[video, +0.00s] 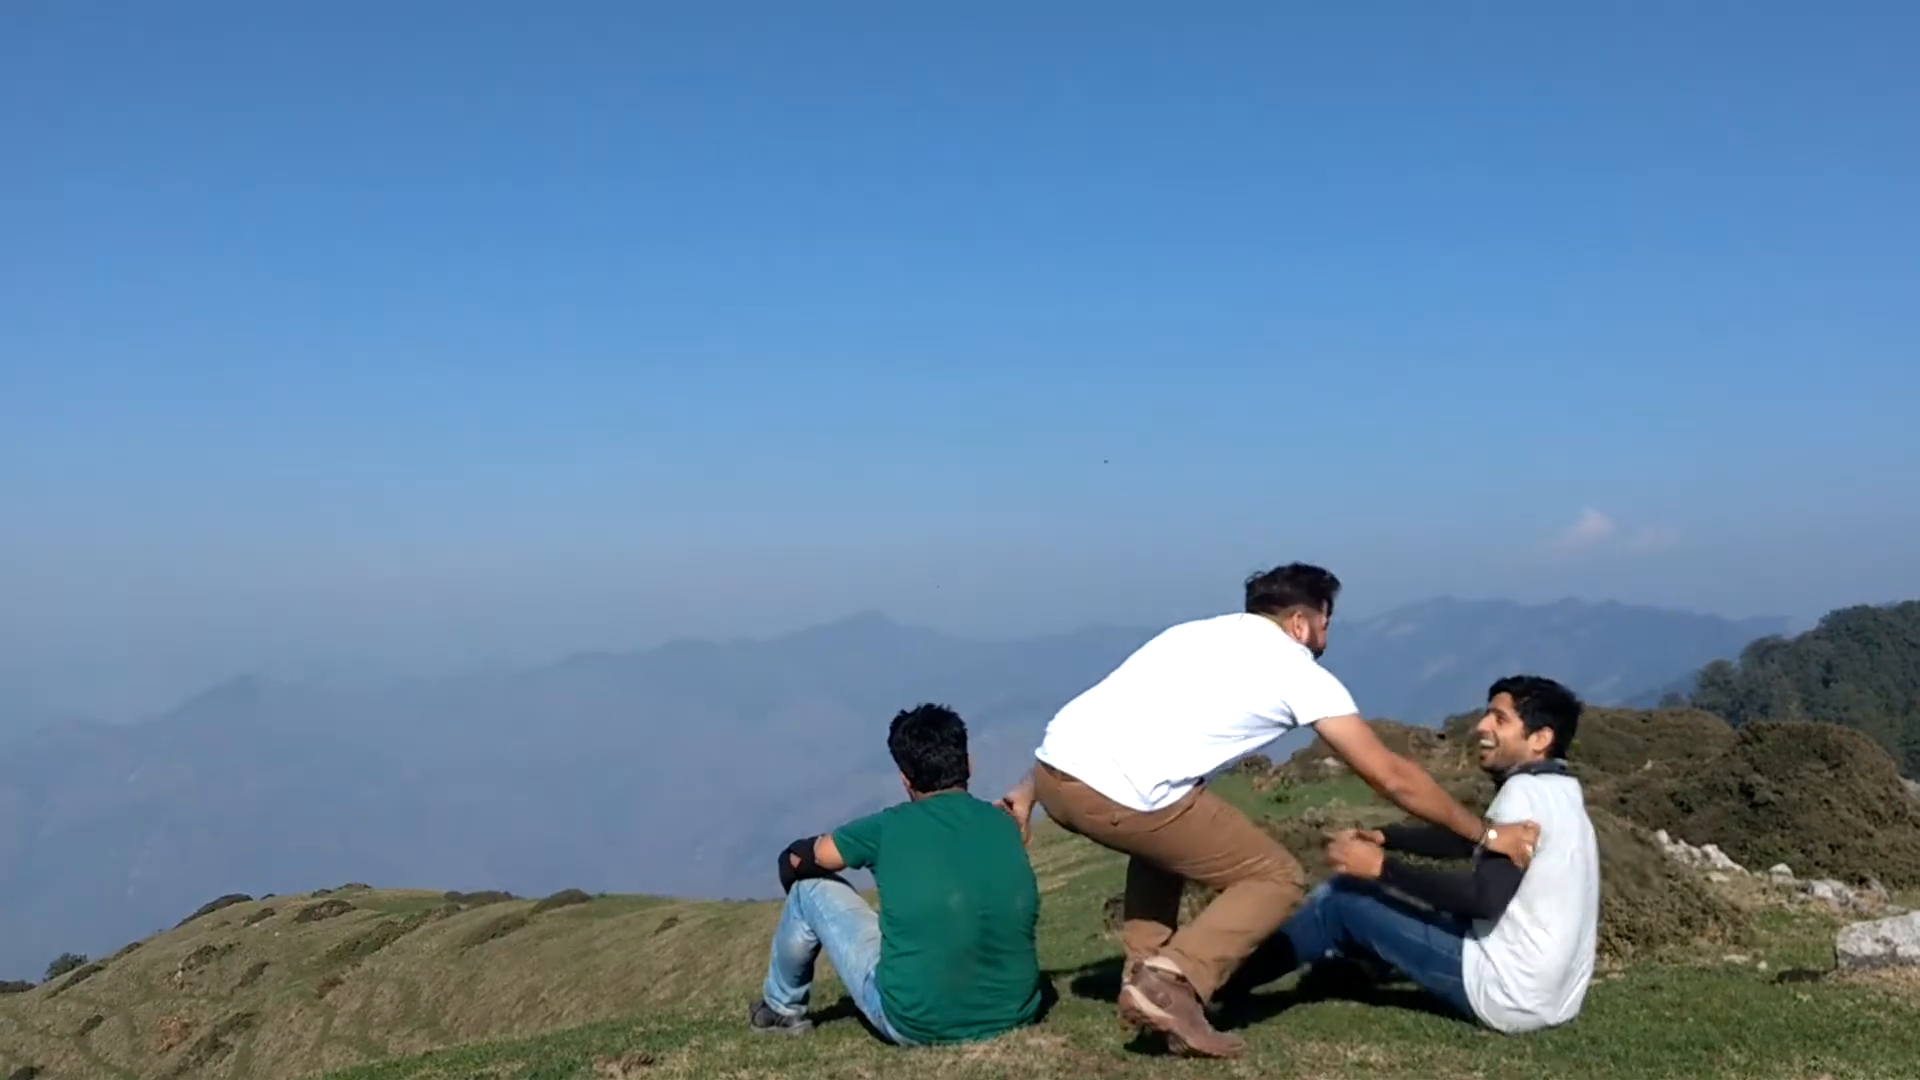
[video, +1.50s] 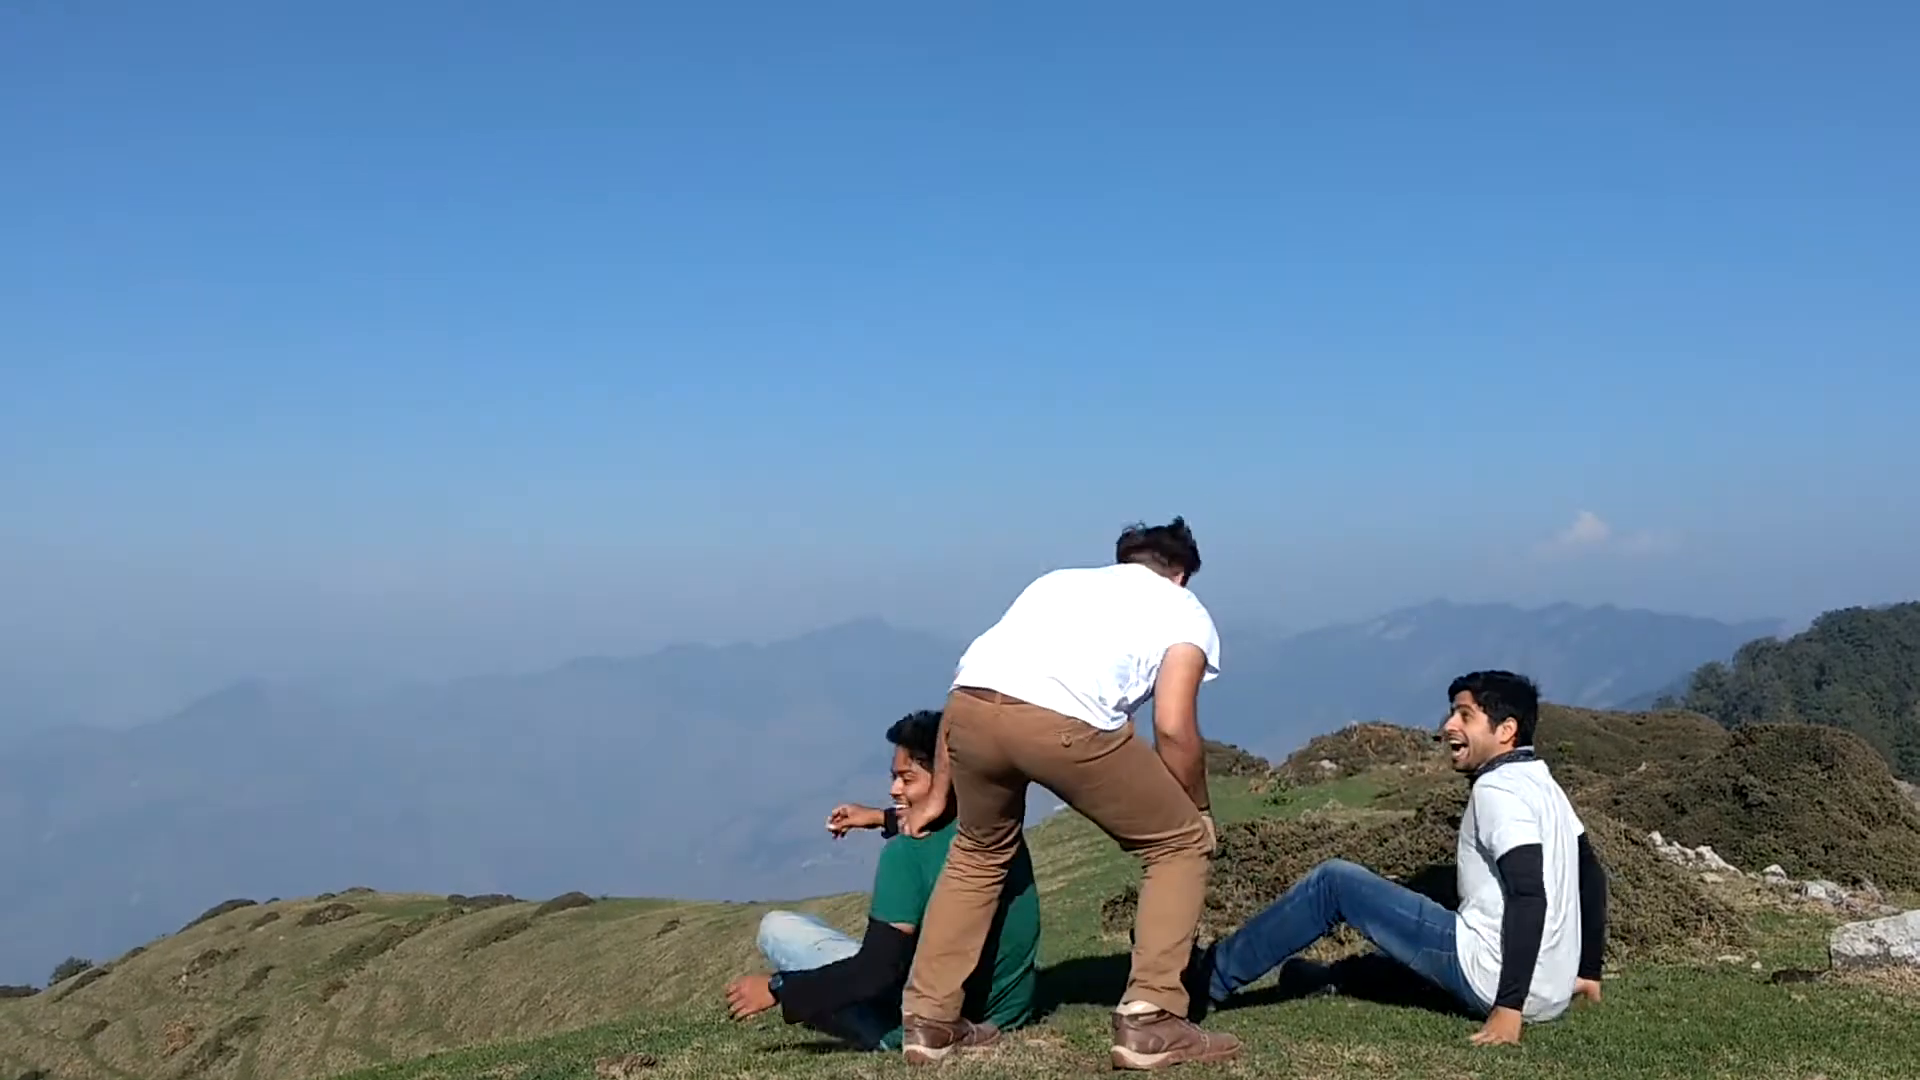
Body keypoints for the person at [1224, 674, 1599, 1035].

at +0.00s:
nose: (1481, 727)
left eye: (1499, 718)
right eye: (1487, 714)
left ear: (1540, 740)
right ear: (1541, 743)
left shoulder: (1524, 793)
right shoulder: (1562, 793)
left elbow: (1485, 900)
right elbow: (1469, 841)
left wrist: (1383, 869)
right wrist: (1384, 837)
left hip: (1505, 993)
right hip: (1549, 990)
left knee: (1338, 902)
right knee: (1370, 879)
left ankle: (1216, 982)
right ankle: (1350, 963)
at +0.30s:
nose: (1473, 731)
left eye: (1488, 721)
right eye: (1478, 718)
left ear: (1529, 738)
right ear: (1532, 740)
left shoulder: (1516, 793)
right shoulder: (1558, 791)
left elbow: (1474, 895)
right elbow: (1468, 839)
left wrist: (1371, 859)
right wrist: (1385, 830)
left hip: (1500, 992)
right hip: (1548, 990)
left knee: (1336, 897)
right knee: (1368, 879)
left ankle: (1211, 982)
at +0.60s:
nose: (1453, 752)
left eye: (1450, 743)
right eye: (1451, 740)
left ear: (1458, 751)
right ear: (1518, 737)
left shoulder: (1486, 801)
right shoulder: (1555, 792)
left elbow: (1489, 908)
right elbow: (1587, 864)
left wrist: (1387, 907)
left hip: (1501, 992)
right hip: (1555, 994)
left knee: (1331, 881)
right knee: (1437, 888)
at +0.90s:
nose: (1440, 740)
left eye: (1454, 727)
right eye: (1443, 726)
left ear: (1497, 741)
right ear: (1500, 743)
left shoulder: (1490, 797)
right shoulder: (1550, 796)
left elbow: (1492, 896)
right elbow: (1609, 890)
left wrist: (1389, 894)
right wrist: (1626, 984)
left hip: (1499, 986)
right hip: (1552, 995)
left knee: (1341, 874)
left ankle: (1208, 972)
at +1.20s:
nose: (1443, 733)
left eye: (1459, 722)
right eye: (1446, 720)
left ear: (1501, 738)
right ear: (1504, 743)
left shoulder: (1495, 797)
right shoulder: (1547, 797)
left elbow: (1510, 889)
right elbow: (1602, 889)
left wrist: (1406, 896)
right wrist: (1622, 979)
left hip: (1498, 990)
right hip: (1549, 994)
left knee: (1336, 878)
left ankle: (1210, 973)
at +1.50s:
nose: (1448, 727)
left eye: (1464, 715)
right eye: (1451, 714)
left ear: (1507, 733)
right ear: (1507, 738)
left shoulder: (1497, 790)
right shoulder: (1543, 784)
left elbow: (1528, 895)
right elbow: (1591, 878)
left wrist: (1508, 1011)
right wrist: (1589, 973)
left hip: (1491, 979)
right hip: (1546, 988)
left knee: (1335, 879)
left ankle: (1211, 975)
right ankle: (1333, 979)